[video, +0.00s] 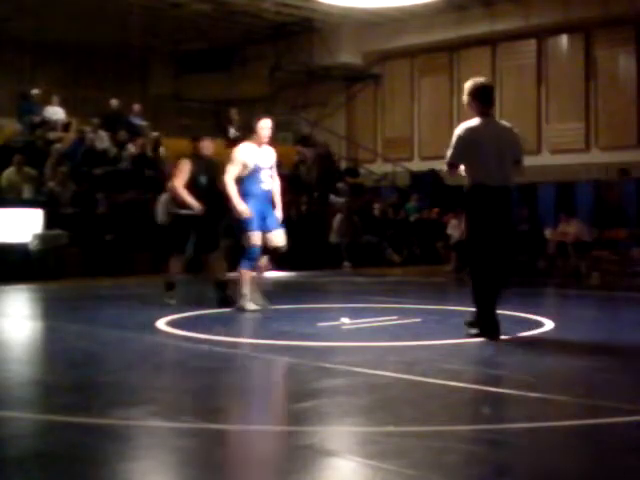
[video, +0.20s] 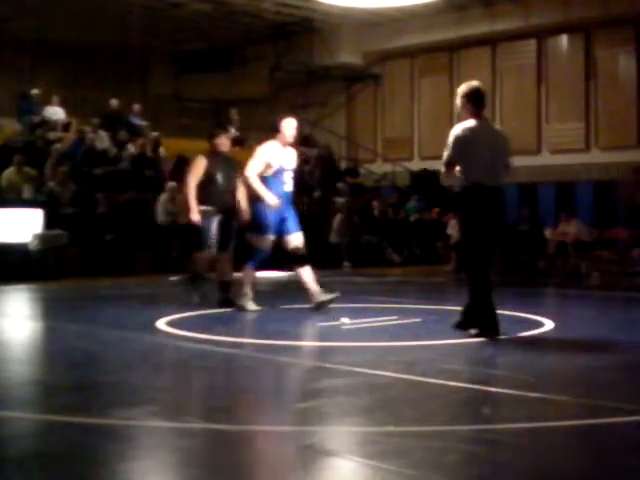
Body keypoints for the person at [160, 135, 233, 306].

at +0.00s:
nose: (209, 146)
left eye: (211, 142)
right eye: (205, 142)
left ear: (214, 145)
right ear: (197, 145)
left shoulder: (216, 165)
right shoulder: (188, 163)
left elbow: (222, 187)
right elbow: (177, 185)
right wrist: (195, 204)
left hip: (211, 215)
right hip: (187, 215)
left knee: (215, 253)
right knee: (179, 252)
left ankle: (222, 293)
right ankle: (170, 291)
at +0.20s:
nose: (227, 143)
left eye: (228, 139)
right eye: (223, 138)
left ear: (230, 142)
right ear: (214, 140)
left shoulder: (233, 164)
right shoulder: (203, 160)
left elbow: (239, 187)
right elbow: (191, 183)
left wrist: (243, 207)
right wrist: (193, 208)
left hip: (229, 212)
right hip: (209, 212)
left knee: (225, 253)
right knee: (208, 250)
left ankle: (225, 293)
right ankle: (196, 285)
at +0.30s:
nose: (232, 142)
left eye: (234, 138)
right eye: (228, 137)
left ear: (237, 141)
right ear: (220, 140)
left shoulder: (240, 164)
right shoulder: (208, 159)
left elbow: (250, 186)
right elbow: (194, 181)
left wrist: (258, 205)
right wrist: (194, 208)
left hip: (236, 210)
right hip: (216, 209)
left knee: (232, 249)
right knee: (220, 248)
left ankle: (224, 287)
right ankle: (218, 286)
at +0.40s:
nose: (235, 142)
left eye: (238, 138)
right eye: (231, 138)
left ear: (242, 141)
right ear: (223, 141)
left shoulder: (246, 164)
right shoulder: (214, 160)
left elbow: (257, 184)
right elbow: (197, 182)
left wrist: (269, 203)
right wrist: (198, 210)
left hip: (241, 211)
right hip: (221, 210)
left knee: (234, 250)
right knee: (228, 249)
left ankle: (229, 284)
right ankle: (229, 287)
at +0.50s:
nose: (239, 143)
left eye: (241, 139)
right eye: (234, 140)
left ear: (245, 141)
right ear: (226, 142)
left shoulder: (250, 164)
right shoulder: (217, 163)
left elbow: (263, 185)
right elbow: (201, 184)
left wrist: (275, 205)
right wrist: (203, 212)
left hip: (245, 213)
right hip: (225, 213)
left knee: (238, 252)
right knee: (233, 252)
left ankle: (230, 286)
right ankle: (237, 288)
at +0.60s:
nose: (242, 143)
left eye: (244, 139)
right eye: (237, 139)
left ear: (248, 141)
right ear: (229, 142)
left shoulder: (254, 164)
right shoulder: (221, 164)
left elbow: (265, 186)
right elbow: (205, 186)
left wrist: (275, 208)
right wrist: (209, 214)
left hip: (250, 214)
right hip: (231, 213)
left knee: (244, 253)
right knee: (238, 252)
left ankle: (234, 287)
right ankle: (240, 290)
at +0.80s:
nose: (253, 140)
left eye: (255, 135)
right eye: (248, 135)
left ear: (259, 138)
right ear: (238, 138)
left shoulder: (261, 159)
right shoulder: (227, 159)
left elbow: (268, 183)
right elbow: (221, 186)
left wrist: (270, 208)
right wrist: (224, 214)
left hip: (260, 211)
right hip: (239, 212)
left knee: (269, 250)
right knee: (242, 254)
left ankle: (253, 271)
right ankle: (242, 292)